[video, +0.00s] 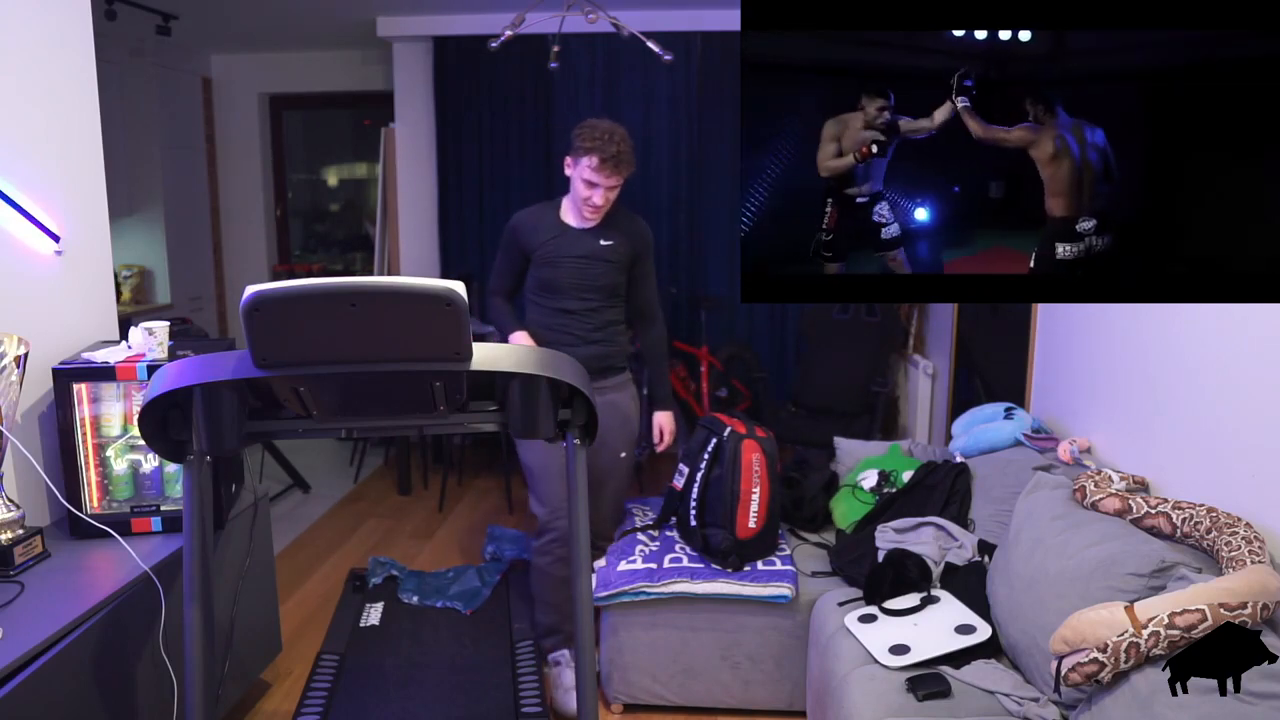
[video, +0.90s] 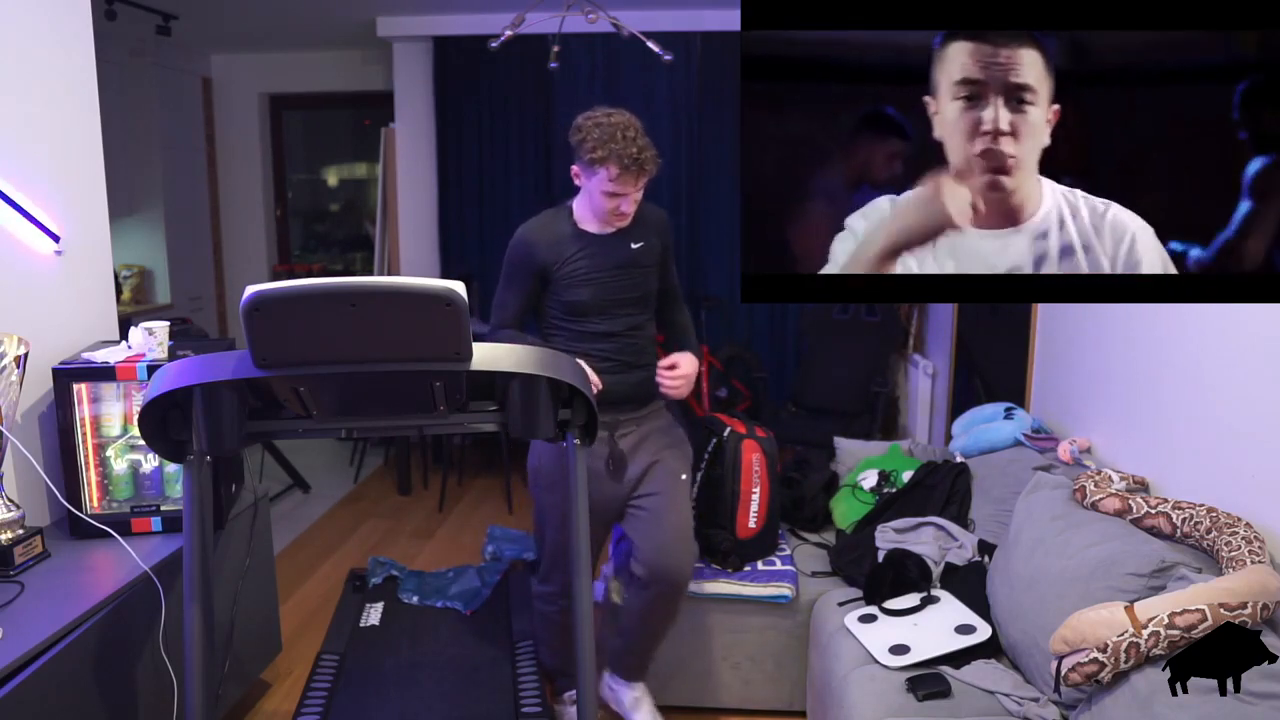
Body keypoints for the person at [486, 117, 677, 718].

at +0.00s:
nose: (599, 198)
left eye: (611, 187)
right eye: (591, 184)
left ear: (624, 183)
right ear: (569, 169)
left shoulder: (632, 234)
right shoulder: (528, 227)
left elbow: (649, 319)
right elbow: (498, 295)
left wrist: (662, 400)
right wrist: (514, 331)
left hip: (614, 396)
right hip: (543, 395)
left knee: (600, 530)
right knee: (560, 526)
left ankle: (586, 641)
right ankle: (558, 652)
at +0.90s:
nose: (626, 207)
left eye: (636, 194)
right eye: (613, 195)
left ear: (646, 179)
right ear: (579, 175)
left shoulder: (654, 228)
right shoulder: (537, 240)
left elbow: (671, 307)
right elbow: (502, 335)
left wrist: (687, 356)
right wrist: (559, 366)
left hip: (651, 427)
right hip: (570, 435)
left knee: (668, 568)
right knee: (564, 576)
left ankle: (623, 677)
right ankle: (565, 694)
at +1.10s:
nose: (642, 215)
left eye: (659, 206)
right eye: (634, 199)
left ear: (679, 189)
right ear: (617, 169)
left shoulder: (691, 233)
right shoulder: (568, 241)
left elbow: (713, 325)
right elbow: (529, 333)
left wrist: (699, 312)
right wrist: (577, 360)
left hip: (677, 439)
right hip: (593, 444)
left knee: (706, 591)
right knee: (580, 593)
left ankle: (733, 714)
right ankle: (574, 703)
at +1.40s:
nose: (730, 213)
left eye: (741, 200)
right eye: (719, 196)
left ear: (758, 184)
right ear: (694, 170)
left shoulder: (764, 235)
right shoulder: (637, 233)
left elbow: (811, 335)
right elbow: (595, 335)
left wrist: (788, 321)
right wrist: (662, 308)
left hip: (742, 443)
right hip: (653, 448)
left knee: (751, 609)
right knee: (669, 604)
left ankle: (743, 715)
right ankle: (593, 686)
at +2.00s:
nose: (736, 197)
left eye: (751, 182)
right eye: (725, 180)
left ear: (777, 180)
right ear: (706, 174)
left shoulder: (792, 230)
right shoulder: (667, 233)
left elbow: (865, 326)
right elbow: (654, 356)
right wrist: (720, 265)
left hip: (788, 477)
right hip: (693, 477)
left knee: (765, 669)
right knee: (701, 666)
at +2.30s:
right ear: (730, 141)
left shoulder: (794, 210)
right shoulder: (669, 212)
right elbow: (634, 270)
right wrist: (722, 161)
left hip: (794, 480)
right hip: (691, 490)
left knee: (805, 680)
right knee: (701, 689)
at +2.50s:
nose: (774, 133)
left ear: (810, 132)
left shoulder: (820, 210)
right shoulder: (681, 212)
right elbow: (617, 164)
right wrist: (728, 114)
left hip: (803, 504)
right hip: (693, 508)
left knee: (792, 704)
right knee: (697, 702)